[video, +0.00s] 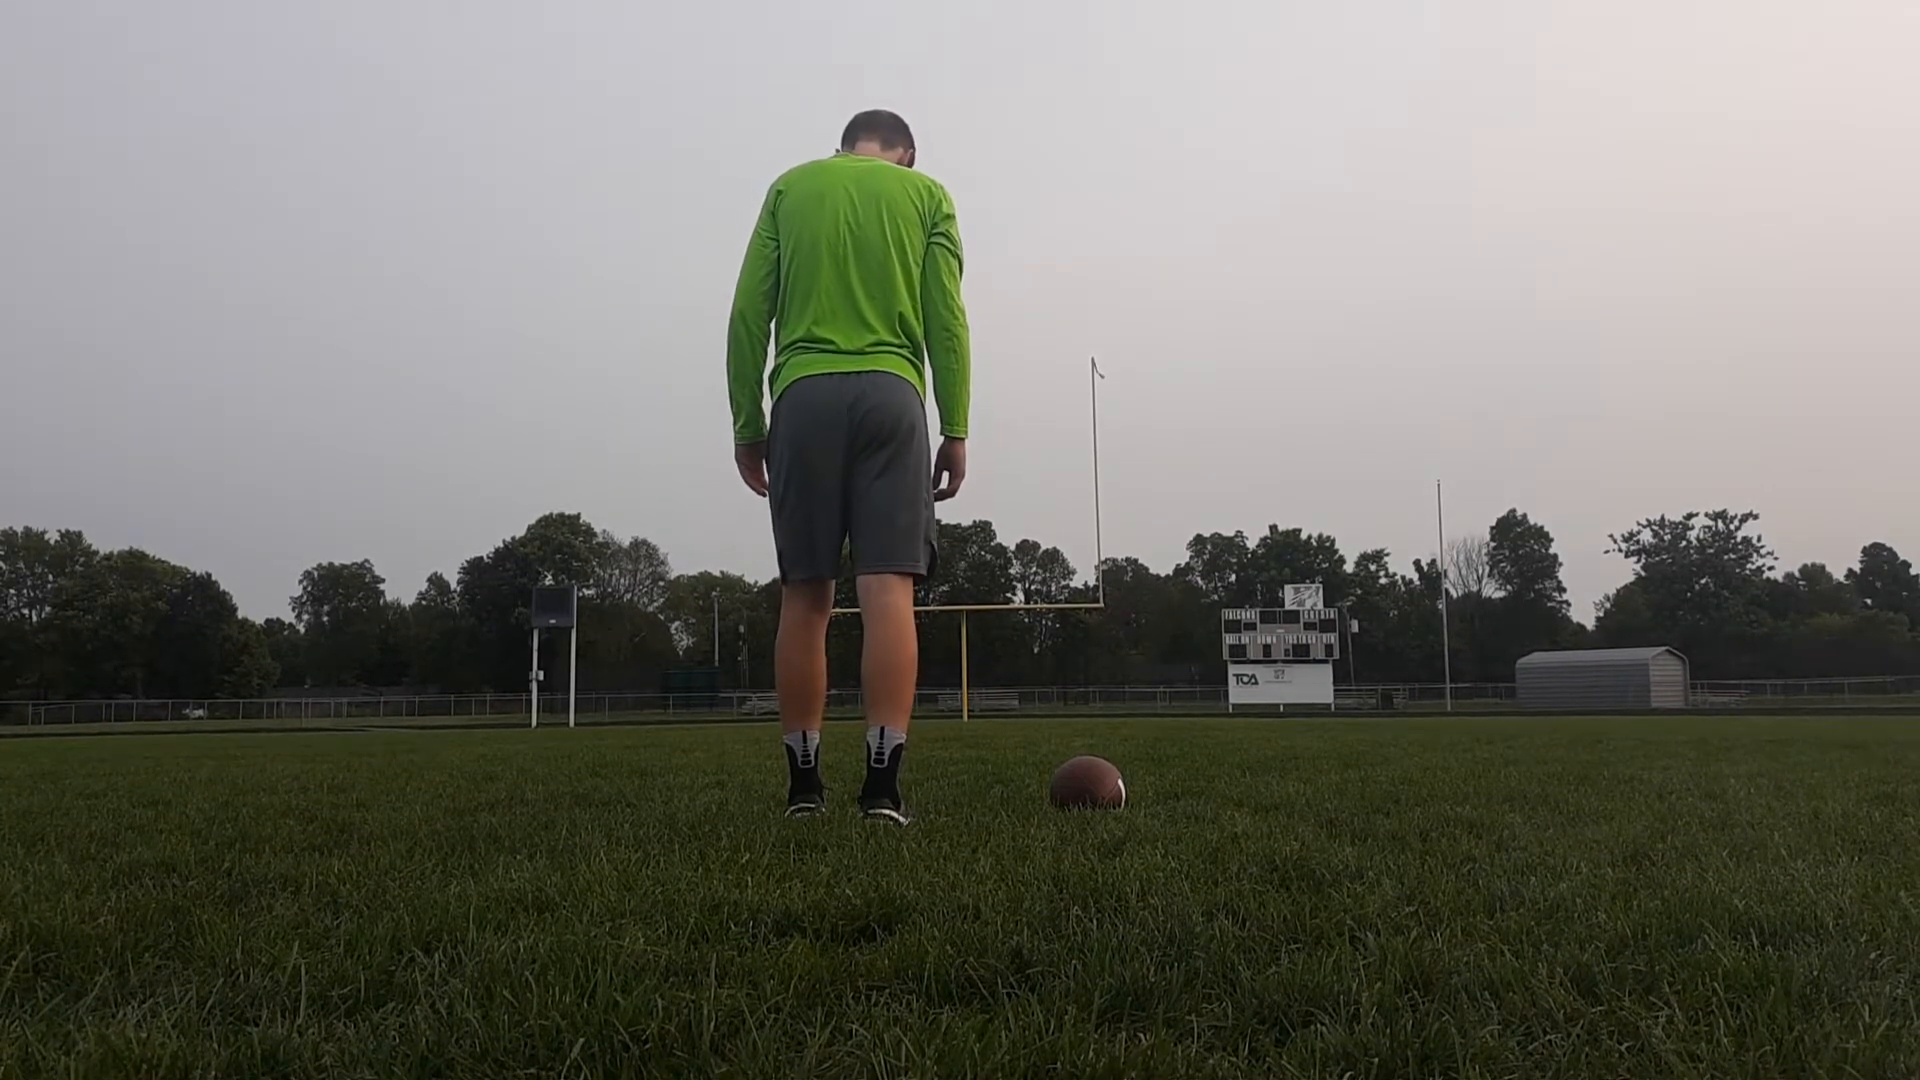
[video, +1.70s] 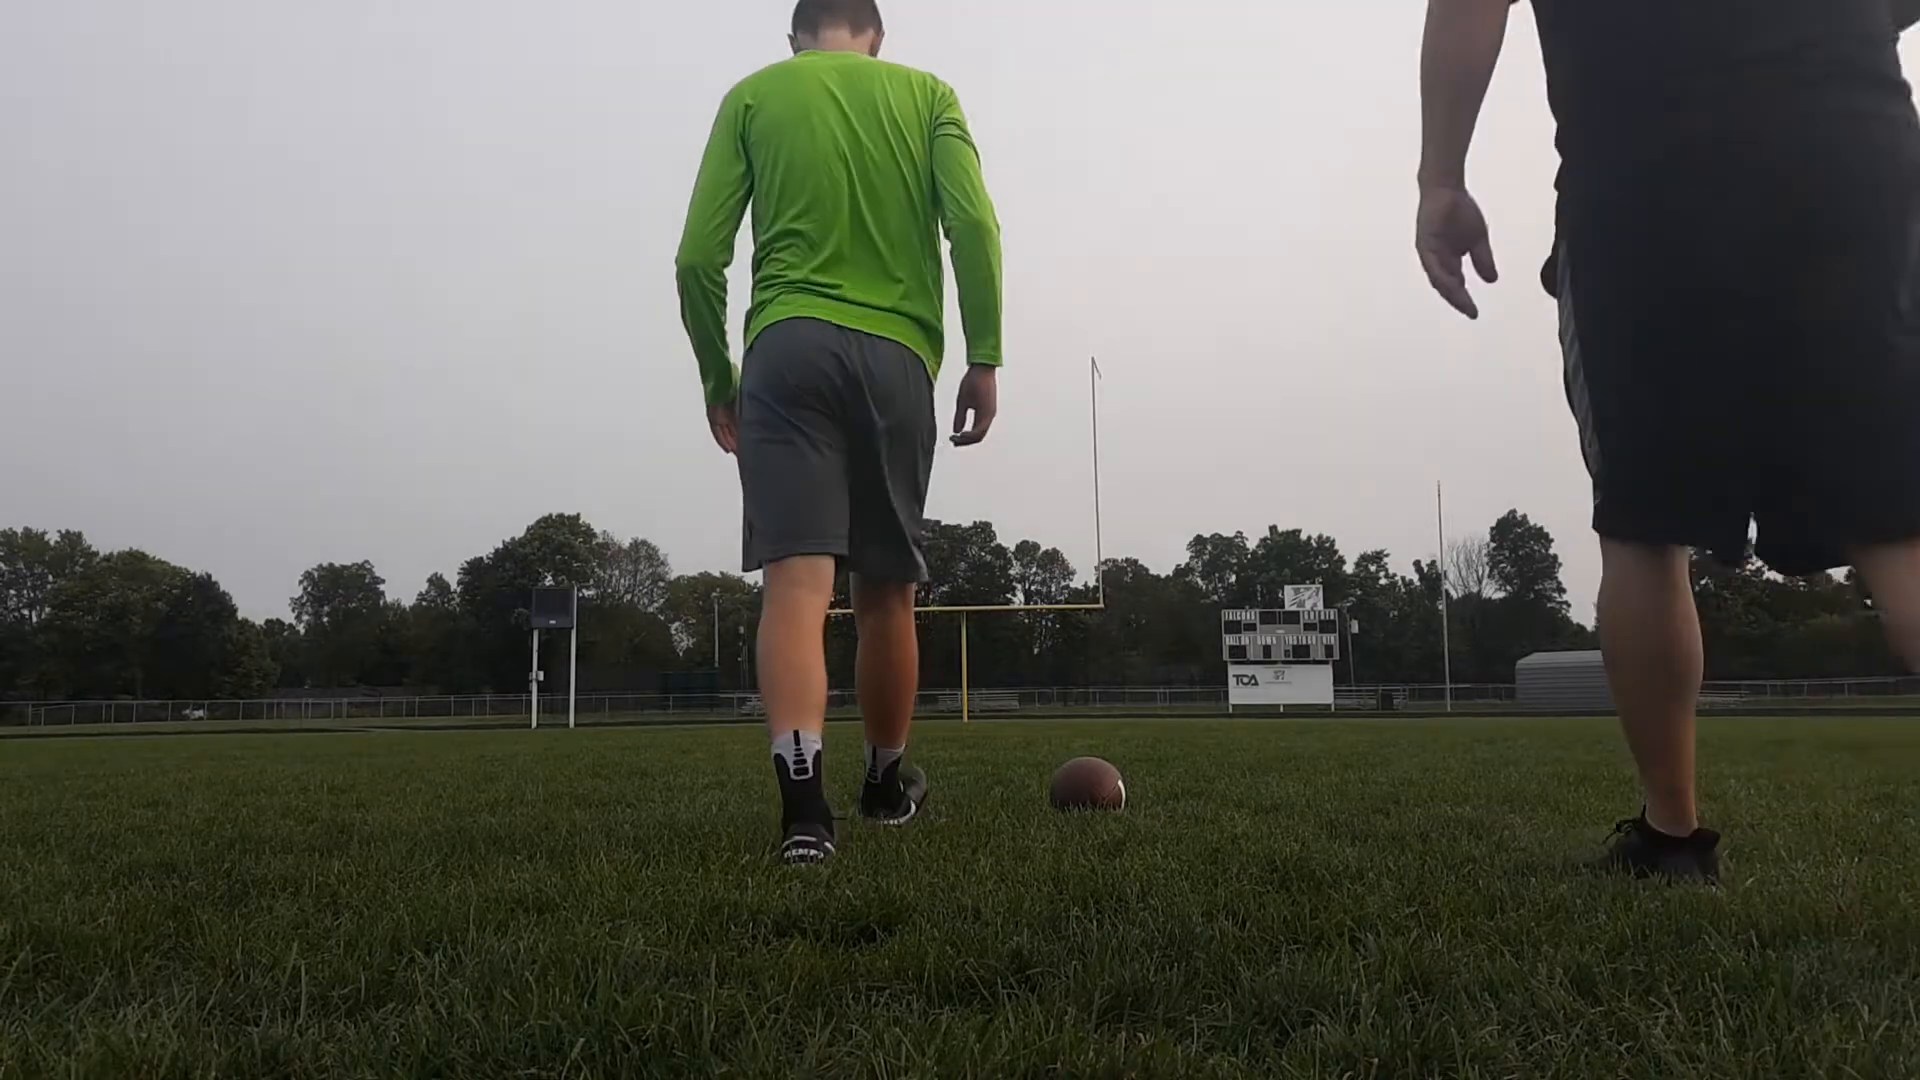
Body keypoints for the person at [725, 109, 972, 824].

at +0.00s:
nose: (910, 174)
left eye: (905, 164)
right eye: (911, 164)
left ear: (844, 145)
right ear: (904, 152)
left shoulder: (790, 184)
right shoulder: (925, 192)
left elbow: (749, 310)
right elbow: (945, 314)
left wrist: (748, 425)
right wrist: (956, 428)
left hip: (804, 395)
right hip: (891, 394)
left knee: (805, 595)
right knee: (888, 591)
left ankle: (804, 785)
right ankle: (883, 791)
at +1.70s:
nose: (868, 50)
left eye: (819, 40)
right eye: (873, 38)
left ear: (797, 34)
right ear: (874, 33)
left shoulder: (754, 93)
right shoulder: (923, 91)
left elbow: (698, 258)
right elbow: (972, 219)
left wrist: (720, 384)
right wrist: (983, 357)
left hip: (788, 342)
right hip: (894, 350)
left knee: (795, 582)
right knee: (887, 586)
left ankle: (804, 818)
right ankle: (887, 786)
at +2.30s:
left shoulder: (710, 2)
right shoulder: (929, 4)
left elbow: (647, 105)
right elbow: (974, 99)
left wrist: (653, 285)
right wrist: (998, 271)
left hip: (756, 253)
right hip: (882, 247)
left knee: (786, 547)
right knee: (906, 534)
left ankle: (803, 826)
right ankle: (892, 730)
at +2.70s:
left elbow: (618, 7)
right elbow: (1051, 16)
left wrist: (610, 184)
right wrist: (1060, 200)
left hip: (749, 157)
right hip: (906, 148)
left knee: (790, 493)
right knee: (899, 505)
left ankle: (792, 801)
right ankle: (879, 864)